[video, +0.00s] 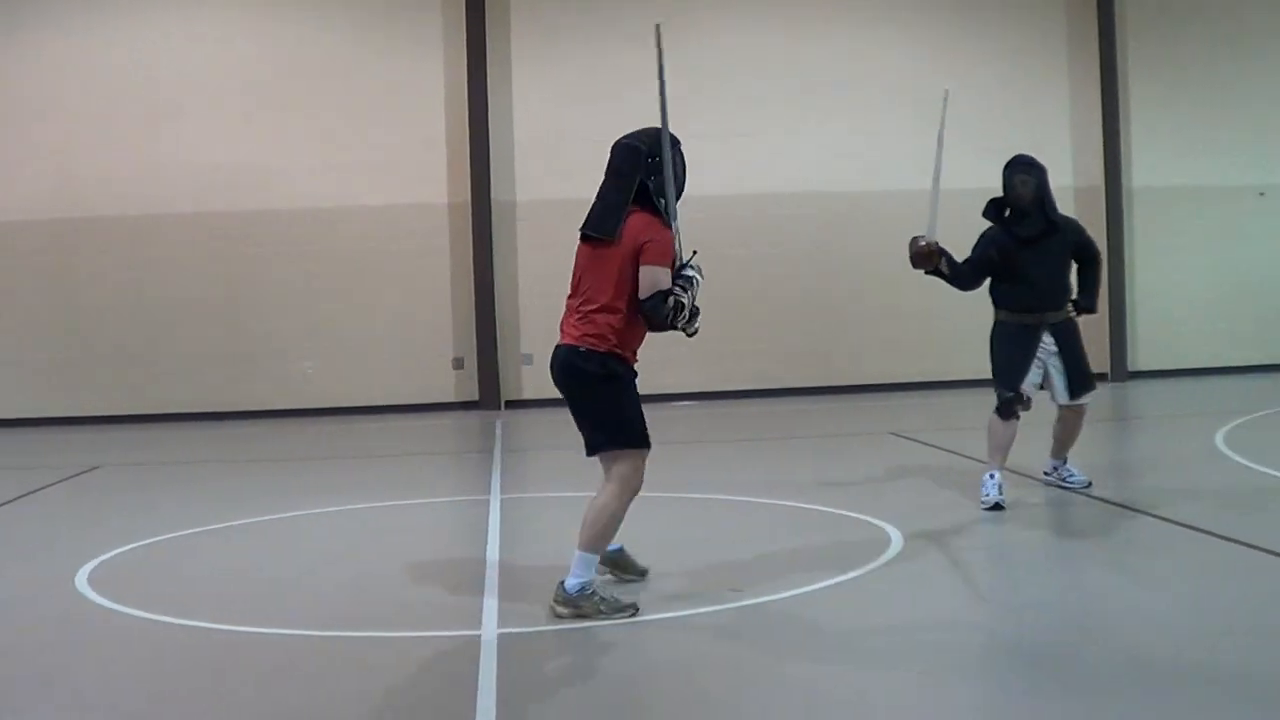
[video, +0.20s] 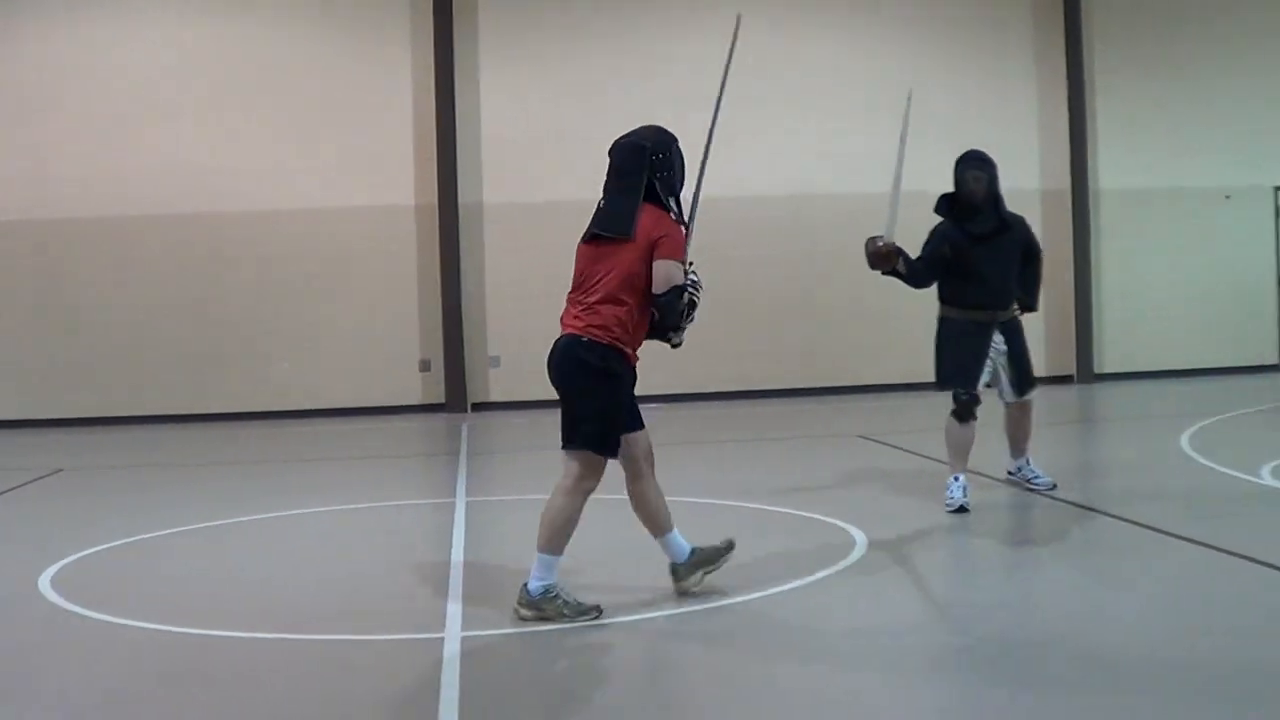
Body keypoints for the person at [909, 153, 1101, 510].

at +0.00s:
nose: (1021, 187)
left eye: (1027, 180)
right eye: (1015, 181)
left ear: (1041, 185)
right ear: (1005, 188)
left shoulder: (1065, 228)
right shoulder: (997, 237)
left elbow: (1090, 257)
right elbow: (968, 279)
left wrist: (1086, 299)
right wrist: (940, 260)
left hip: (1060, 324)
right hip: (1014, 328)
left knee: (1075, 399)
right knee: (1010, 402)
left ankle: (1057, 466)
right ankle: (993, 478)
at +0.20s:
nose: (974, 186)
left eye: (980, 179)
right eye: (967, 180)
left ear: (993, 182)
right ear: (957, 184)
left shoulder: (1013, 226)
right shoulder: (947, 232)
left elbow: (1031, 258)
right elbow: (922, 276)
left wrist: (1027, 299)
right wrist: (897, 261)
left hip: (1005, 322)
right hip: (962, 325)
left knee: (1020, 395)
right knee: (965, 402)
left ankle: (1020, 464)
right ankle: (957, 479)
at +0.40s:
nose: (922, 186)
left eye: (929, 178)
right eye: (915, 179)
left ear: (941, 180)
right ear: (905, 182)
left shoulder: (959, 222)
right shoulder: (895, 229)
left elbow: (974, 255)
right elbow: (873, 274)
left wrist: (969, 295)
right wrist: (851, 262)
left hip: (950, 320)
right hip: (910, 323)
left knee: (967, 397)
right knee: (924, 404)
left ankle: (935, 459)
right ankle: (917, 479)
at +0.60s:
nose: (896, 195)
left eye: (902, 187)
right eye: (888, 188)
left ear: (914, 188)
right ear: (876, 191)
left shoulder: (929, 228)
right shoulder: (867, 234)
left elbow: (942, 267)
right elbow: (846, 281)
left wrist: (937, 303)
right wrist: (828, 267)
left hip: (920, 325)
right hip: (884, 327)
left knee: (928, 405)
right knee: (901, 403)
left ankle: (878, 467)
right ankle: (896, 482)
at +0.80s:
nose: (892, 197)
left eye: (898, 189)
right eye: (885, 190)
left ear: (909, 192)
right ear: (872, 194)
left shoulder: (921, 233)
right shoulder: (862, 238)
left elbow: (931, 272)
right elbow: (845, 285)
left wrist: (928, 308)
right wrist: (829, 272)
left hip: (911, 326)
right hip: (877, 329)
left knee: (916, 408)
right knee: (896, 405)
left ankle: (871, 473)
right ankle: (894, 483)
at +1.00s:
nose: (891, 206)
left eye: (898, 199)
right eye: (884, 198)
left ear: (909, 204)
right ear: (872, 203)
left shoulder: (918, 246)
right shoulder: (858, 244)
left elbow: (927, 284)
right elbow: (835, 291)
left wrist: (923, 318)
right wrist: (830, 265)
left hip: (910, 334)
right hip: (873, 334)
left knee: (938, 409)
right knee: (897, 404)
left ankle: (881, 452)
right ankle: (894, 485)